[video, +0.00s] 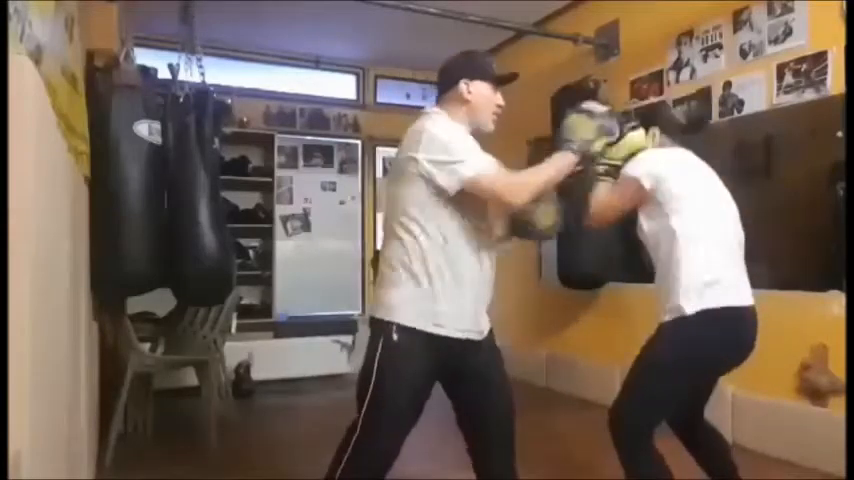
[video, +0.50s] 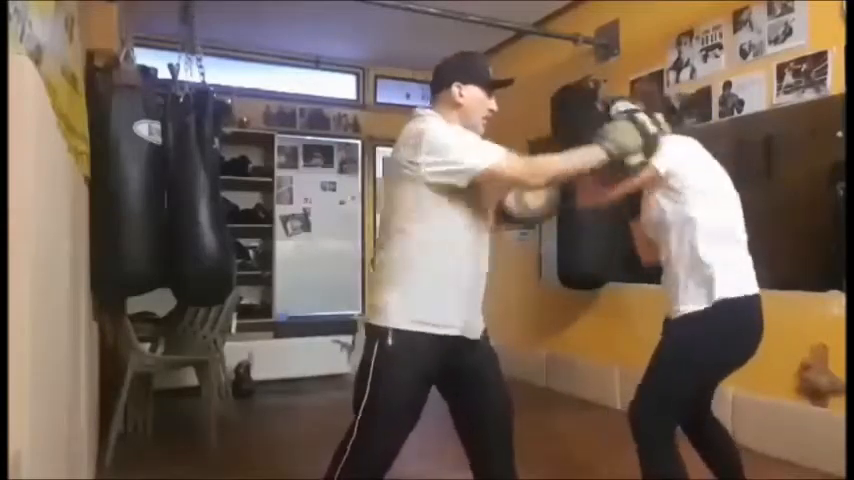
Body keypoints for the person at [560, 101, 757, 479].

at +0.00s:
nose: (619, 151)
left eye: (623, 142)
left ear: (641, 137)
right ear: (667, 136)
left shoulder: (650, 162)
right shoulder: (699, 169)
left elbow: (599, 214)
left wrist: (602, 169)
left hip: (695, 324)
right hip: (737, 322)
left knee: (627, 422)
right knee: (684, 415)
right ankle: (729, 473)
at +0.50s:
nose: (620, 146)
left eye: (622, 136)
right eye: (617, 138)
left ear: (637, 132)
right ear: (656, 124)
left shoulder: (672, 148)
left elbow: (591, 196)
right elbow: (650, 255)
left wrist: (601, 150)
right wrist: (630, 195)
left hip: (708, 319)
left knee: (648, 415)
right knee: (693, 413)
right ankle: (734, 474)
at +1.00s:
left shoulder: (708, 152)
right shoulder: (653, 175)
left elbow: (719, 117)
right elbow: (627, 221)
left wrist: (668, 111)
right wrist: (602, 188)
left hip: (707, 302)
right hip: (677, 307)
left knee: (652, 414)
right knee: (694, 414)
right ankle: (737, 473)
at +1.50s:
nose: (635, 139)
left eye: (642, 128)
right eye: (632, 130)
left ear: (676, 121)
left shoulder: (717, 167)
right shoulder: (652, 169)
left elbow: (692, 255)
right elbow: (598, 215)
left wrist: (660, 200)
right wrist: (580, 162)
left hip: (726, 312)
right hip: (679, 316)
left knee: (663, 416)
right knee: (688, 421)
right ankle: (731, 471)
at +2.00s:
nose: (615, 198)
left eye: (617, 187)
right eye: (612, 188)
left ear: (639, 180)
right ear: (645, 181)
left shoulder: (659, 214)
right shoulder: (684, 202)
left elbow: (671, 294)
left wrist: (633, 264)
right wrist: (638, 256)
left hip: (724, 347)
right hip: (754, 345)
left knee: (629, 420)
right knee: (665, 427)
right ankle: (720, 473)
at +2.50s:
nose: (616, 220)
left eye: (617, 210)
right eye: (613, 212)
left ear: (633, 204)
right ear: (656, 197)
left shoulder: (649, 231)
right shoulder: (688, 219)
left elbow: (642, 311)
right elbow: (678, 307)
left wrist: (617, 276)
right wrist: (632, 268)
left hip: (737, 345)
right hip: (783, 342)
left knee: (652, 422)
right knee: (689, 424)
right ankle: (731, 473)